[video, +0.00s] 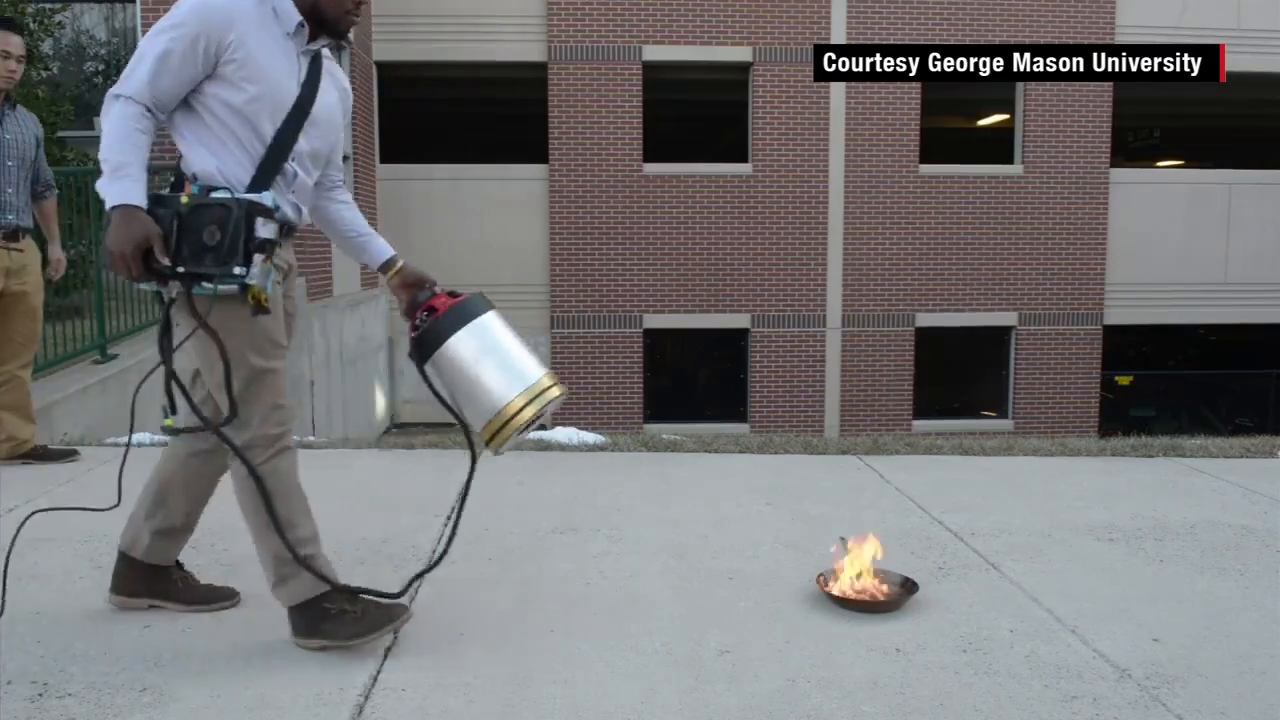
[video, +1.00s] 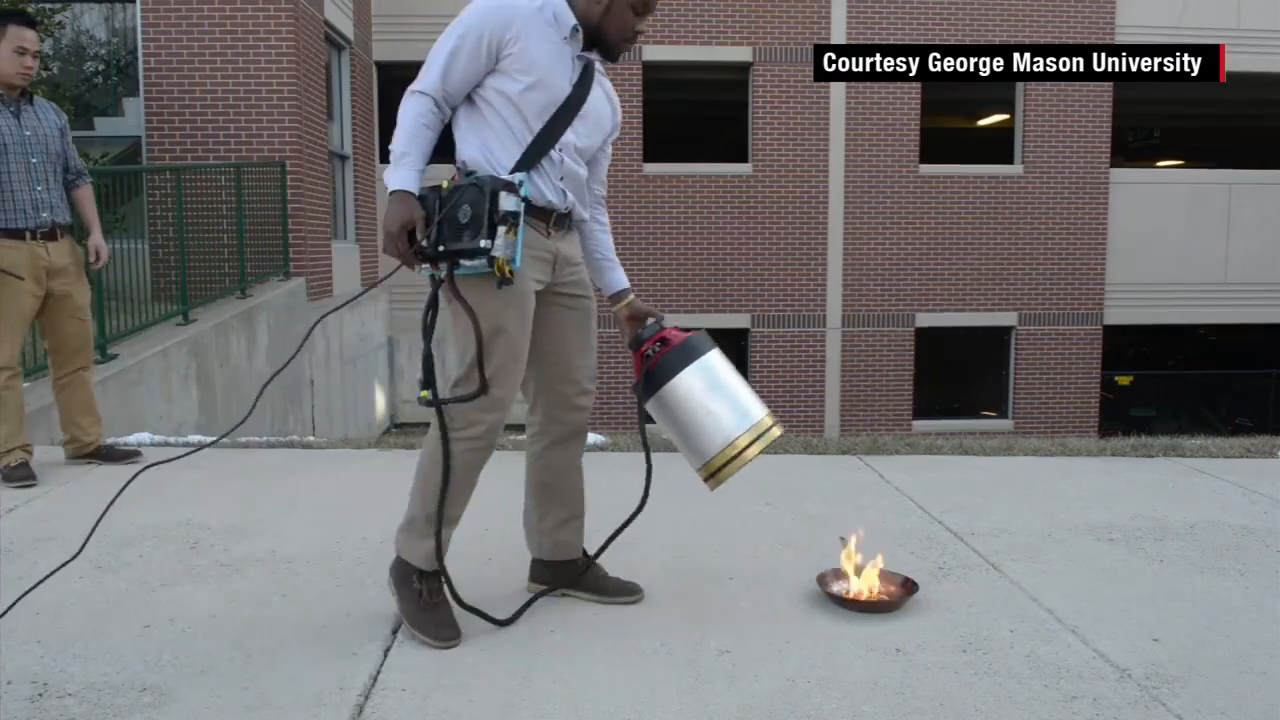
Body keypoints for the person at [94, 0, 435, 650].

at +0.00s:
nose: (362, 8)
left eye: (363, 1)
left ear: (342, 7)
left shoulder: (335, 82)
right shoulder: (222, 15)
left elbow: (326, 192)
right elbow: (130, 101)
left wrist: (390, 265)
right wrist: (126, 204)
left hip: (272, 257)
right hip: (214, 249)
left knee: (214, 419)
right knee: (262, 424)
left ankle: (145, 562)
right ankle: (312, 598)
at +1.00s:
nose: (644, 30)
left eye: (649, 18)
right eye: (640, 13)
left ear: (612, 11)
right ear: (604, 1)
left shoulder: (604, 100)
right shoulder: (505, 17)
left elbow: (590, 208)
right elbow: (428, 96)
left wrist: (620, 295)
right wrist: (402, 191)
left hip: (566, 249)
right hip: (492, 234)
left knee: (564, 406)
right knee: (477, 405)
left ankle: (558, 557)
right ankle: (417, 565)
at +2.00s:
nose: (680, 34)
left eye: (686, 22)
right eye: (676, 17)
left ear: (653, 14)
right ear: (638, 2)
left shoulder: (644, 105)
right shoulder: (546, 22)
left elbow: (627, 208)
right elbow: (465, 98)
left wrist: (649, 296)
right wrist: (432, 188)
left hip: (595, 251)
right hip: (517, 237)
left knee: (571, 409)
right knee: (492, 407)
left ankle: (556, 557)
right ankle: (443, 568)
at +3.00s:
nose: (713, 105)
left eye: (724, 98)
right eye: (710, 85)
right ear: (674, 59)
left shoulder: (655, 171)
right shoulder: (593, 52)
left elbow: (635, 271)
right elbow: (491, 89)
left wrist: (651, 369)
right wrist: (418, 158)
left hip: (556, 258)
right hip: (484, 231)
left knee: (558, 411)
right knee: (465, 408)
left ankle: (555, 557)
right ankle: (419, 565)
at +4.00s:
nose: (611, 9)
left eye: (615, 3)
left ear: (613, 17)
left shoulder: (605, 103)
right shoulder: (490, 32)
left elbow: (601, 203)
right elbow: (410, 108)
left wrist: (608, 287)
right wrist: (374, 195)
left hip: (542, 252)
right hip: (464, 243)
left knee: (548, 408)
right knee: (442, 409)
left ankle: (555, 554)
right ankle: (386, 555)